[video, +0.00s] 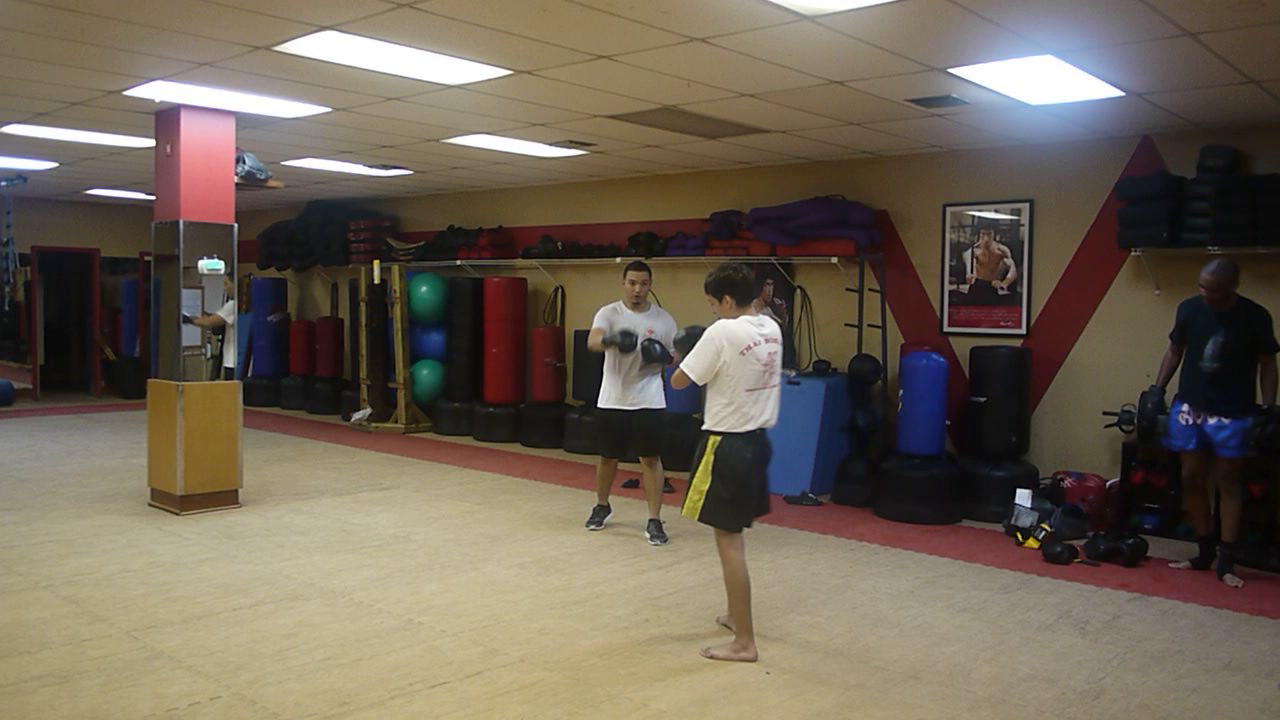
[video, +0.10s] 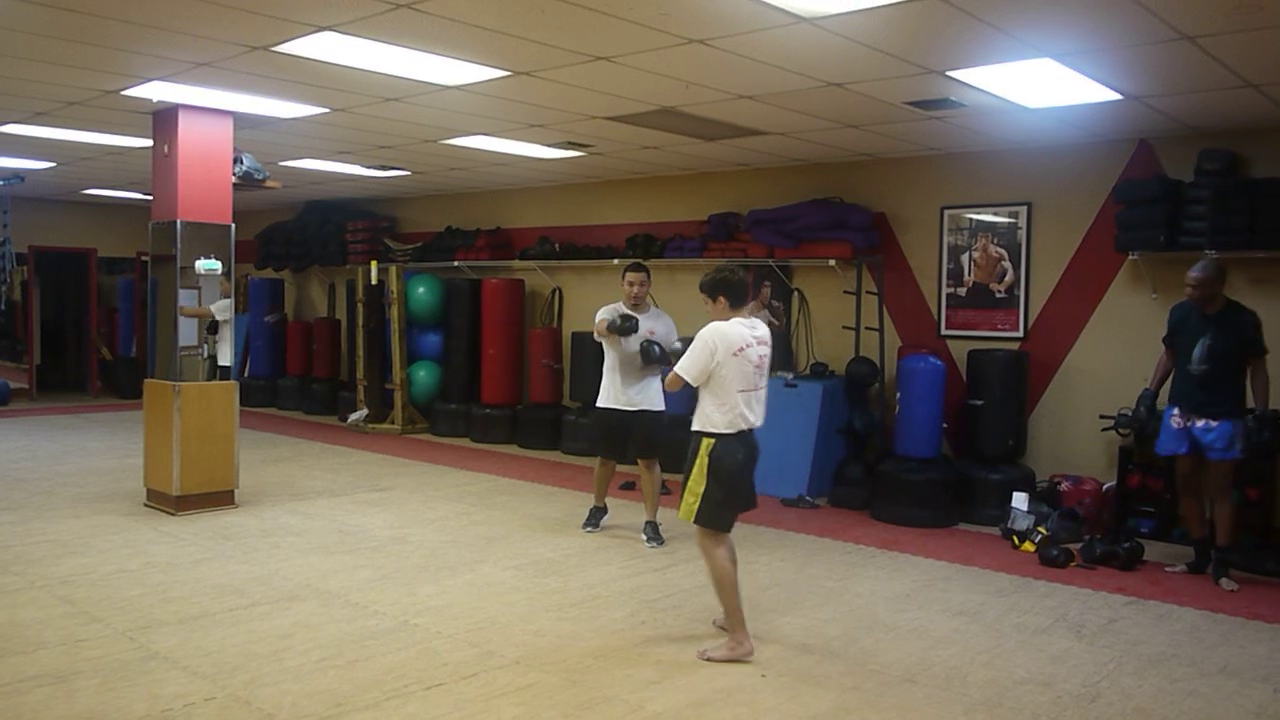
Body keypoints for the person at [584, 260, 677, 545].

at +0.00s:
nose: (638, 289)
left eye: (644, 284)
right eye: (632, 283)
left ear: (651, 286)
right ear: (623, 284)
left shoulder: (664, 320)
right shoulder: (607, 313)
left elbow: (676, 358)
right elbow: (592, 343)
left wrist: (663, 357)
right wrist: (613, 340)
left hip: (650, 403)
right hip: (613, 401)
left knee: (650, 460)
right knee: (608, 457)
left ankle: (654, 520)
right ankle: (602, 506)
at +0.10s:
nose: (636, 290)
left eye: (642, 284)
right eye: (631, 284)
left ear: (650, 287)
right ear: (622, 285)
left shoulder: (664, 321)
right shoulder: (608, 312)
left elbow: (676, 358)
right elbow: (599, 330)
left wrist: (663, 356)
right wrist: (614, 326)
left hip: (649, 405)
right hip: (612, 402)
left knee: (648, 462)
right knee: (606, 459)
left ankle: (651, 522)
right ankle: (598, 507)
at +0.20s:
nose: (636, 291)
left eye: (641, 285)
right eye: (630, 285)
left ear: (649, 288)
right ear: (622, 287)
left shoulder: (663, 323)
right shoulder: (607, 313)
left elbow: (676, 360)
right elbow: (606, 324)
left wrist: (661, 359)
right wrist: (616, 321)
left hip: (649, 407)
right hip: (612, 403)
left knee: (649, 465)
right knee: (605, 460)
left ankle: (649, 524)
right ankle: (596, 508)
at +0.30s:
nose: (637, 290)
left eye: (642, 285)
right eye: (631, 284)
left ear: (651, 287)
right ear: (623, 287)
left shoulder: (665, 323)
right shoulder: (610, 314)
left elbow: (676, 354)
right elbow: (602, 327)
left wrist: (663, 358)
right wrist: (614, 324)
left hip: (651, 408)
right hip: (612, 404)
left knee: (650, 467)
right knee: (601, 460)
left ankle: (651, 524)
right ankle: (594, 506)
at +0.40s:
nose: (638, 288)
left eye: (643, 283)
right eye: (633, 283)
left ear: (651, 286)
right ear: (624, 285)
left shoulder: (664, 320)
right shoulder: (612, 314)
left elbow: (675, 352)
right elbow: (597, 339)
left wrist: (662, 351)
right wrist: (616, 341)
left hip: (650, 406)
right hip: (611, 403)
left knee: (648, 465)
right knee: (597, 460)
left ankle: (650, 520)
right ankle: (588, 504)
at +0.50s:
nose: (636, 289)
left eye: (642, 283)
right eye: (631, 283)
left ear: (650, 286)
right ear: (622, 285)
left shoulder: (661, 320)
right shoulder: (610, 316)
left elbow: (669, 355)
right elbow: (595, 352)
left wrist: (652, 372)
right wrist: (617, 359)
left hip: (647, 409)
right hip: (609, 406)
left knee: (649, 469)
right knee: (594, 458)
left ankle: (649, 522)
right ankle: (581, 501)